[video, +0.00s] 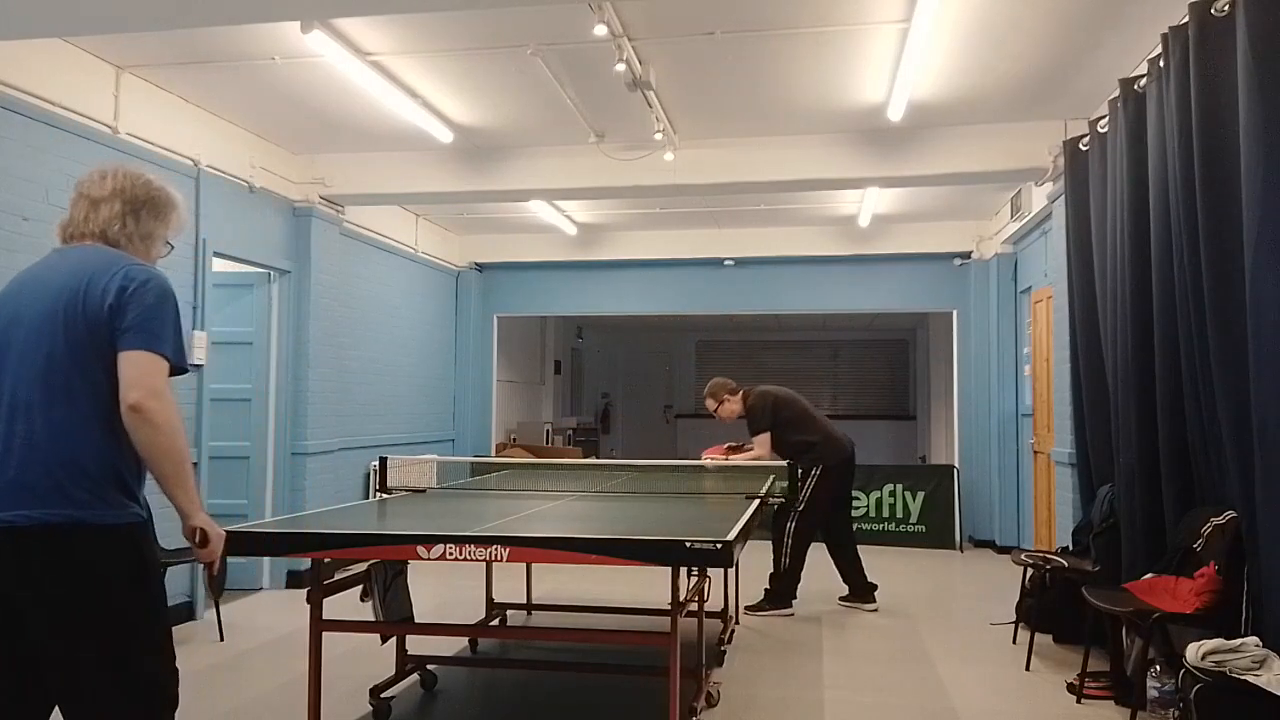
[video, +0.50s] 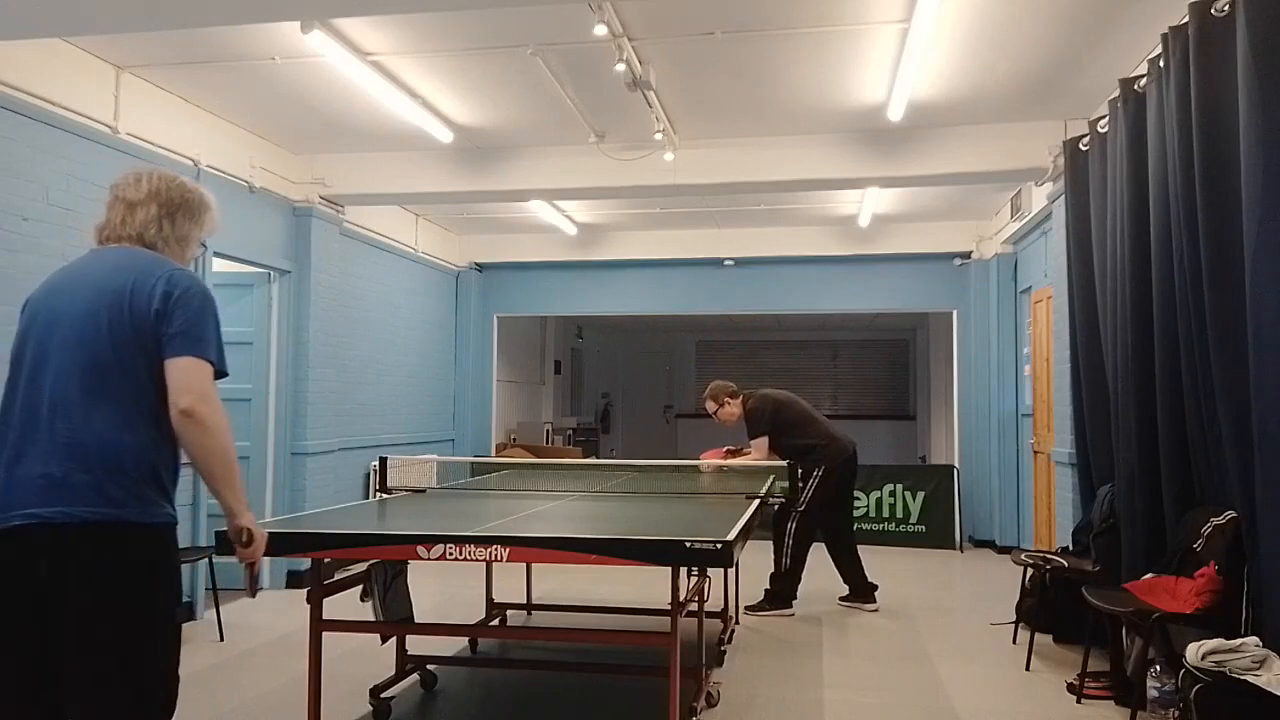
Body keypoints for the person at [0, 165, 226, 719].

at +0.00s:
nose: (163, 257)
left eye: (167, 247)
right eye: (163, 244)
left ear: (82, 219)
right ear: (136, 228)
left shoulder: (16, 286)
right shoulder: (137, 282)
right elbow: (142, 400)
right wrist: (193, 512)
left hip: (7, 540)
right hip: (94, 542)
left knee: (16, 700)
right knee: (133, 703)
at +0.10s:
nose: (164, 257)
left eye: (167, 246)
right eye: (164, 244)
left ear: (83, 219)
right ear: (135, 227)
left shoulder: (18, 285)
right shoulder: (137, 281)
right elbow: (143, 400)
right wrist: (194, 510)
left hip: (8, 536)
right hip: (94, 539)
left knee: (20, 699)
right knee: (123, 702)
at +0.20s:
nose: (169, 259)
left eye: (173, 248)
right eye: (169, 246)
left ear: (87, 221)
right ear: (144, 230)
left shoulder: (21, 286)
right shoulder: (144, 283)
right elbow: (153, 401)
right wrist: (202, 511)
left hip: (9, 533)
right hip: (96, 537)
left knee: (22, 693)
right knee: (117, 698)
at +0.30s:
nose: (176, 257)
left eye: (180, 246)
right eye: (177, 244)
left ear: (96, 220)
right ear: (154, 230)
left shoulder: (24, 291)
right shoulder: (152, 283)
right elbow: (166, 402)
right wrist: (214, 512)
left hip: (10, 534)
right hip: (102, 537)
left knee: (23, 695)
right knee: (119, 699)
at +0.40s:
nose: (185, 256)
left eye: (188, 243)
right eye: (185, 241)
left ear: (105, 222)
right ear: (162, 230)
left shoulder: (35, 291)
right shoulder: (162, 283)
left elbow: (16, 398)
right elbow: (178, 403)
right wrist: (226, 511)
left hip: (13, 533)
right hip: (110, 535)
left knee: (25, 693)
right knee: (126, 698)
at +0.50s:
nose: (195, 257)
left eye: (199, 244)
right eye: (196, 243)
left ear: (116, 221)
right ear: (173, 230)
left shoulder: (45, 291)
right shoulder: (174, 285)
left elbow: (23, 401)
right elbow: (190, 405)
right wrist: (238, 511)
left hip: (18, 534)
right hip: (118, 535)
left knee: (28, 697)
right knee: (131, 699)